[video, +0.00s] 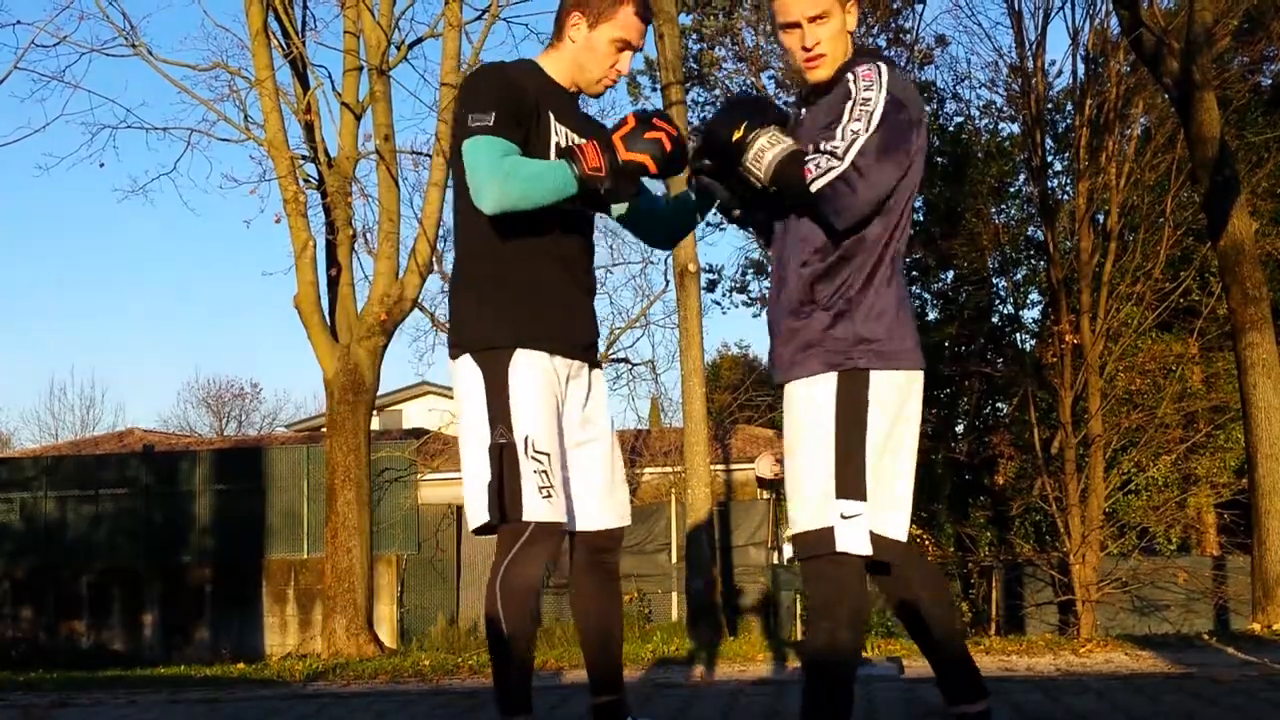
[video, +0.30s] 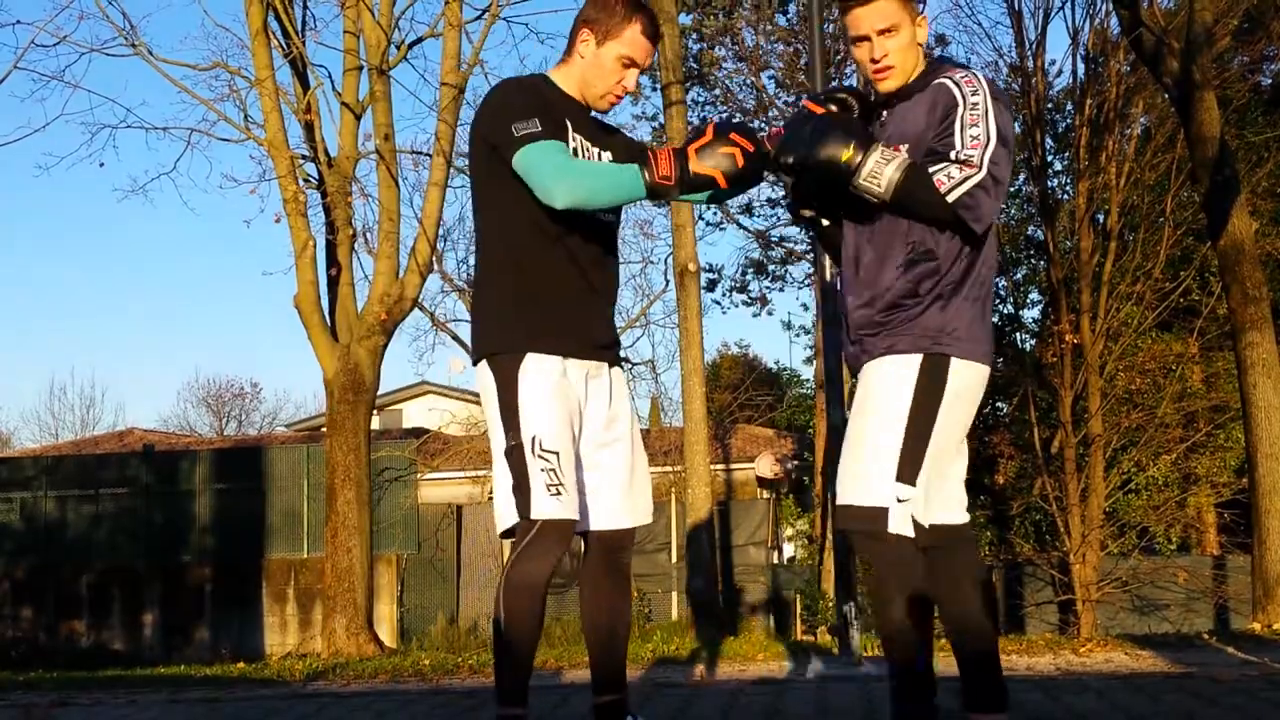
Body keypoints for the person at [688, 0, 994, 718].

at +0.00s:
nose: (804, 40)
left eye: (818, 20)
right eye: (788, 28)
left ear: (851, 14)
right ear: (775, 32)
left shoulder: (881, 87)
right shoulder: (807, 117)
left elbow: (844, 200)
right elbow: (782, 228)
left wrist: (765, 146)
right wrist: (727, 177)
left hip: (851, 349)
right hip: (833, 350)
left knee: (826, 540)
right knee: (879, 534)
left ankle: (823, 719)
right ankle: (968, 695)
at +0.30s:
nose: (873, 52)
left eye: (886, 34)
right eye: (859, 40)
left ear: (920, 26)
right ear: (847, 43)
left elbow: (969, 202)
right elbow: (851, 247)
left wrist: (856, 161)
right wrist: (809, 181)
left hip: (936, 336)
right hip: (882, 341)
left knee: (869, 508)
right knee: (940, 523)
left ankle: (912, 711)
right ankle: (986, 707)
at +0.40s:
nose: (895, 44)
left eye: (908, 26)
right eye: (882, 32)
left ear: (944, 22)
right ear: (873, 37)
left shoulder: (980, 81)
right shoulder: (890, 118)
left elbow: (984, 191)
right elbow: (872, 233)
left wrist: (869, 151)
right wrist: (816, 167)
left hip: (949, 332)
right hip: (912, 335)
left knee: (889, 505)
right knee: (957, 518)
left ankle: (1009, 685)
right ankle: (997, 691)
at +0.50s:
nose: (910, 39)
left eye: (924, 22)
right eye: (897, 28)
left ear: (960, 17)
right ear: (888, 33)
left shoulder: (990, 77)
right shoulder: (923, 112)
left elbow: (991, 185)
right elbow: (893, 225)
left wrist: (884, 157)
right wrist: (838, 173)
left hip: (971, 334)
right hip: (932, 338)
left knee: (944, 518)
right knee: (965, 524)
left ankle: (1088, 695)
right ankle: (988, 707)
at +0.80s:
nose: (905, 43)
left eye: (915, 23)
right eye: (901, 27)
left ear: (970, 13)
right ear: (963, 20)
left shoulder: (1028, 68)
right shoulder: (974, 109)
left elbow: (1025, 202)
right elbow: (972, 243)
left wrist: (926, 179)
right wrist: (914, 193)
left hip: (1054, 340)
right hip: (990, 348)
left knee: (1099, 526)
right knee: (971, 515)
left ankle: (1135, 710)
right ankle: (1001, 700)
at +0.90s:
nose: (923, 45)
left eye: (932, 25)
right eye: (920, 29)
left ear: (986, 13)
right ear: (976, 19)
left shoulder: (1045, 65)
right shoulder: (994, 101)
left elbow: (1023, 192)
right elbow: (978, 227)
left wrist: (929, 147)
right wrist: (916, 168)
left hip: (1064, 334)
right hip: (999, 342)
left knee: (1097, 526)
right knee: (986, 508)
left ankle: (1134, 708)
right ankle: (1052, 689)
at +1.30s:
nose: (957, 59)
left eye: (966, 41)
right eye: (955, 45)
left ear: (1017, 32)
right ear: (1007, 39)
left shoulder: (1061, 84)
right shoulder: (1033, 105)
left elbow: (1063, 199)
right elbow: (1013, 218)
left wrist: (966, 159)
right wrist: (955, 168)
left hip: (1055, 336)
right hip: (1056, 335)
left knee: (1031, 520)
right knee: (1082, 520)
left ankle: (1114, 703)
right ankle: (1121, 701)